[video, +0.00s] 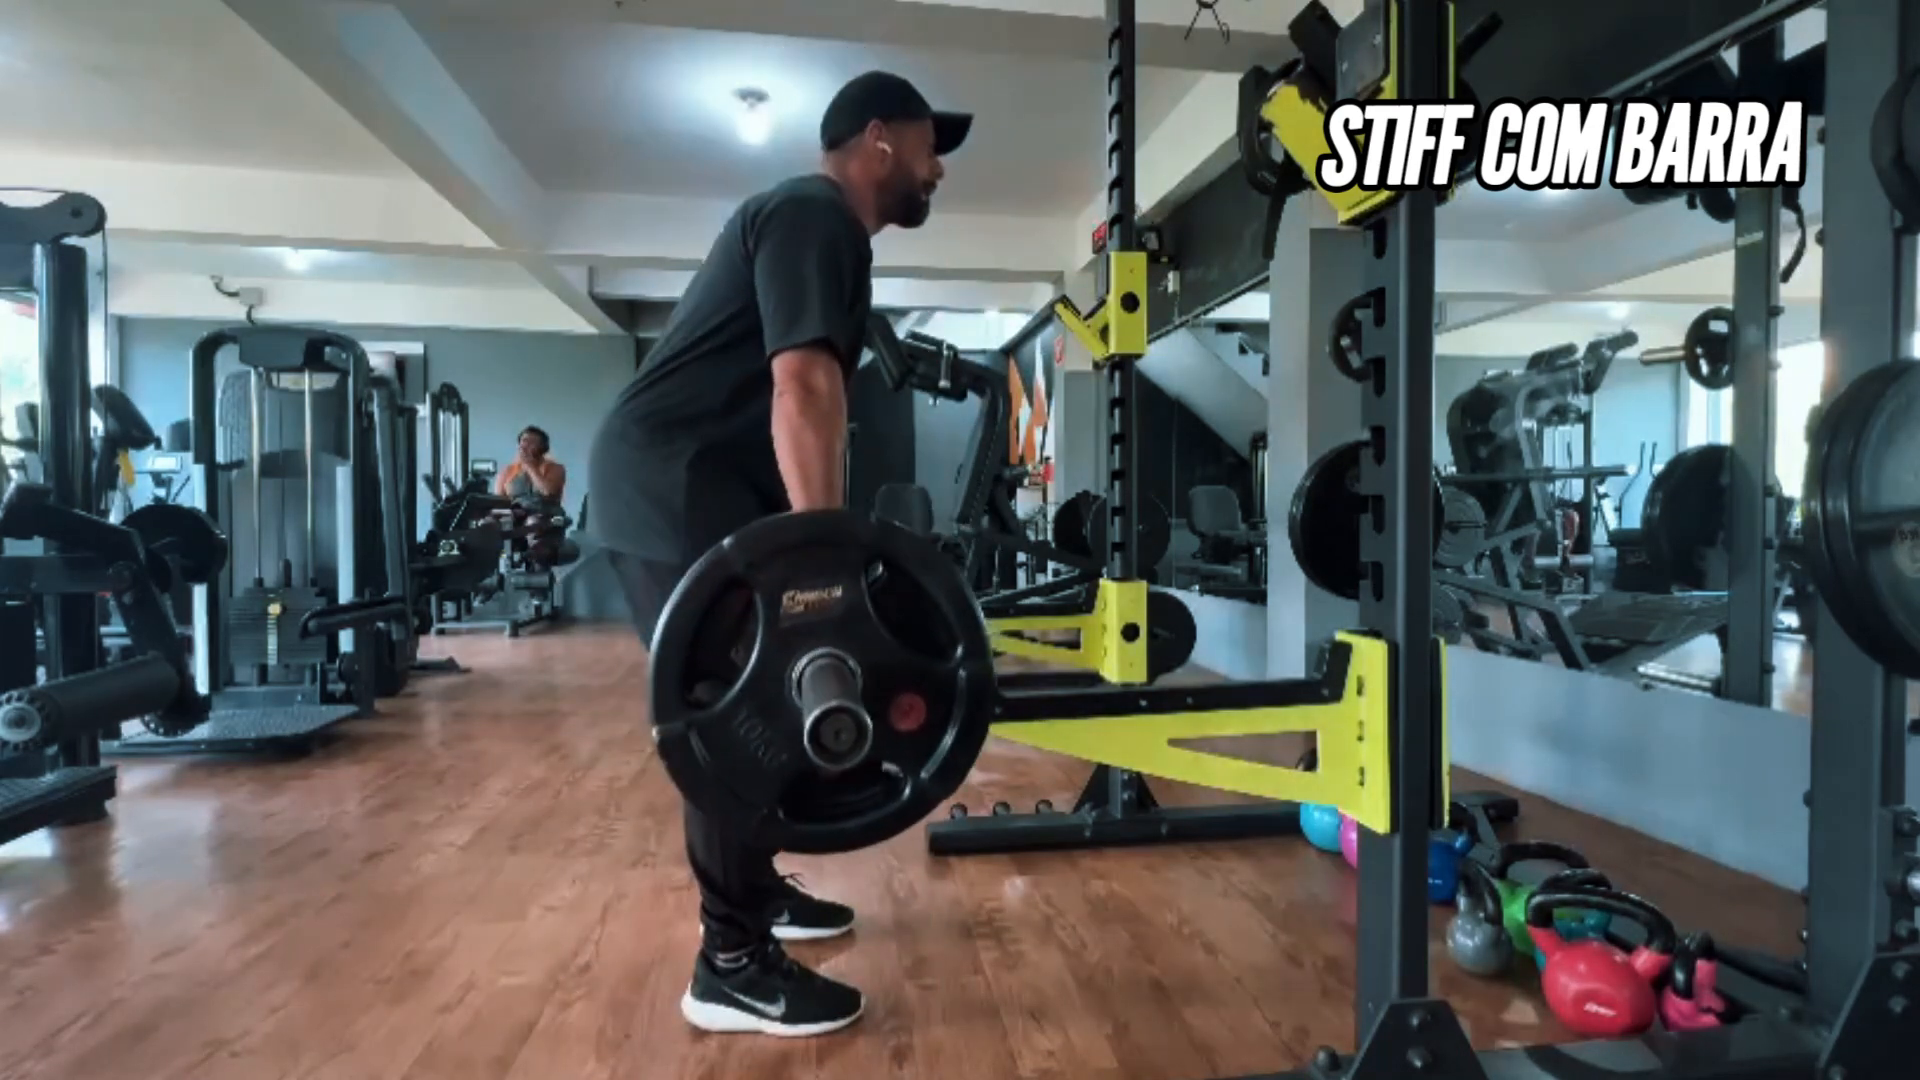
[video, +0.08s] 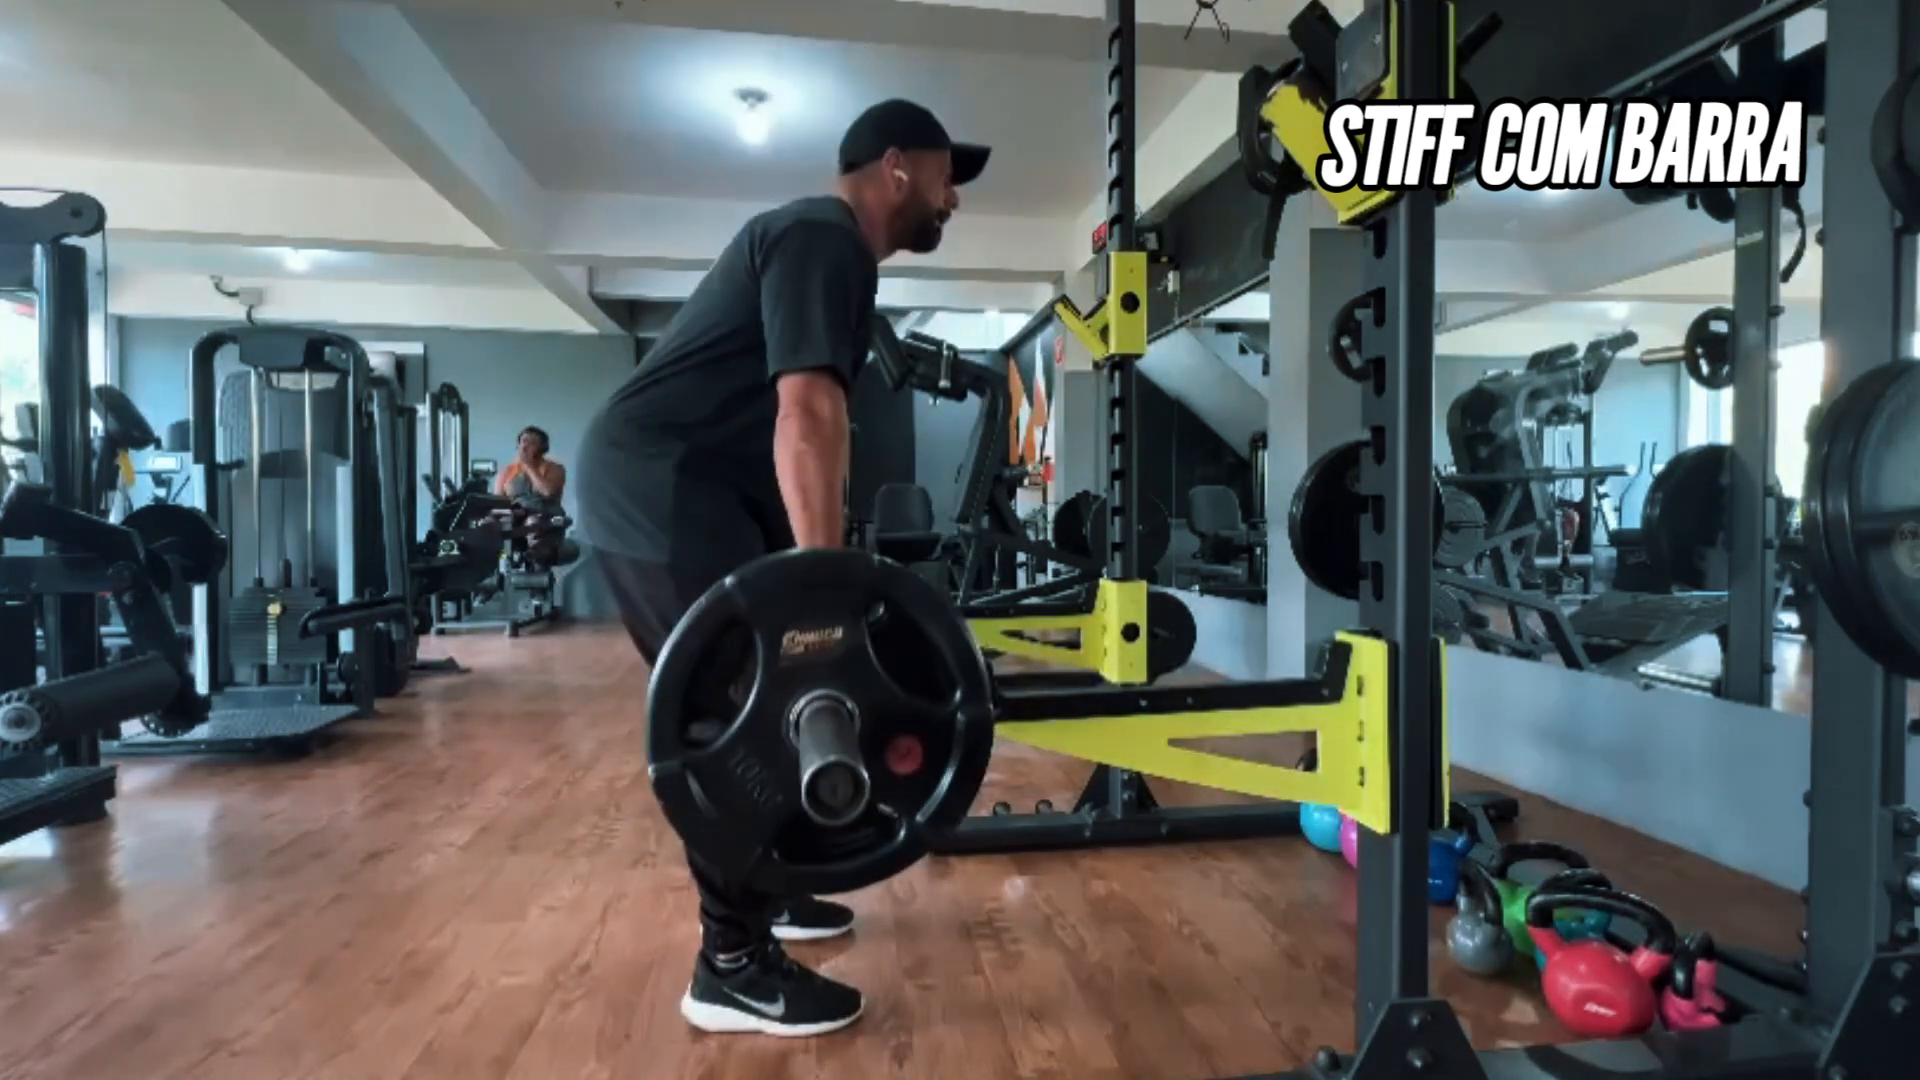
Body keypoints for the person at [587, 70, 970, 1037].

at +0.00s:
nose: (938, 172)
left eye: (939, 154)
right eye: (930, 150)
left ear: (871, 146)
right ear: (875, 140)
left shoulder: (832, 229)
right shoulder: (810, 210)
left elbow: (806, 390)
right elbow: (803, 383)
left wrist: (825, 565)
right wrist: (826, 564)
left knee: (745, 690)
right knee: (724, 703)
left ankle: (750, 888)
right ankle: (728, 957)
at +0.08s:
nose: (951, 206)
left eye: (953, 188)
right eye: (945, 184)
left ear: (887, 170)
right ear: (898, 167)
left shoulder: (829, 248)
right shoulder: (820, 233)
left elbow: (805, 412)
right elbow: (807, 408)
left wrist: (828, 584)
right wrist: (825, 587)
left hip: (690, 481)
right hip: (658, 477)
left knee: (742, 691)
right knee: (727, 704)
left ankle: (758, 893)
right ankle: (730, 961)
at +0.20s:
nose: (971, 242)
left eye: (974, 225)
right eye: (963, 220)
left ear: (903, 213)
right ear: (914, 208)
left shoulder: (840, 285)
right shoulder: (828, 268)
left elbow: (815, 449)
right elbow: (810, 444)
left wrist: (828, 611)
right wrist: (825, 619)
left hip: (647, 486)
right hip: (648, 487)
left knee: (723, 712)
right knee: (750, 706)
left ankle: (743, 948)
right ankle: (736, 961)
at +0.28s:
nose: (981, 273)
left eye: (985, 256)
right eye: (975, 251)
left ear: (917, 244)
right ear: (924, 238)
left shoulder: (853, 314)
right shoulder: (831, 291)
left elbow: (816, 476)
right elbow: (813, 470)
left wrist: (821, 642)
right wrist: (822, 647)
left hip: (659, 489)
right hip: (633, 483)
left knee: (723, 719)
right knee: (734, 715)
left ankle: (746, 957)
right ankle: (735, 971)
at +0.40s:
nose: (990, 315)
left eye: (994, 298)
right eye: (986, 292)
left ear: (934, 280)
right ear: (938, 277)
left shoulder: (850, 332)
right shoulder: (840, 322)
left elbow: (822, 502)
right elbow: (814, 499)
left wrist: (816, 665)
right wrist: (818, 675)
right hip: (620, 481)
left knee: (709, 715)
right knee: (741, 709)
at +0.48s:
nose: (992, 343)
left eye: (997, 326)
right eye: (992, 320)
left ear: (939, 301)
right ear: (946, 301)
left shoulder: (851, 349)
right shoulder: (843, 344)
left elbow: (822, 520)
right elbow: (814, 521)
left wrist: (808, 683)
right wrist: (813, 699)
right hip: (612, 487)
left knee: (727, 701)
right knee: (732, 705)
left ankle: (727, 890)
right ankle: (733, 897)